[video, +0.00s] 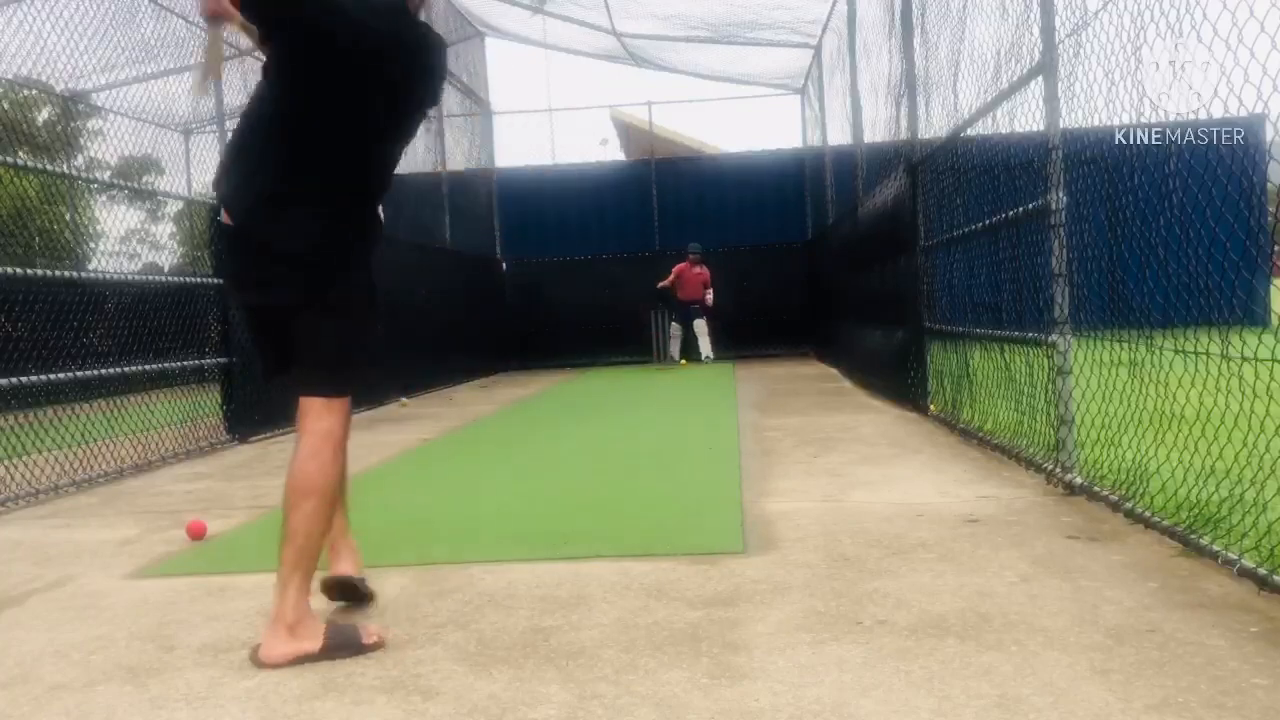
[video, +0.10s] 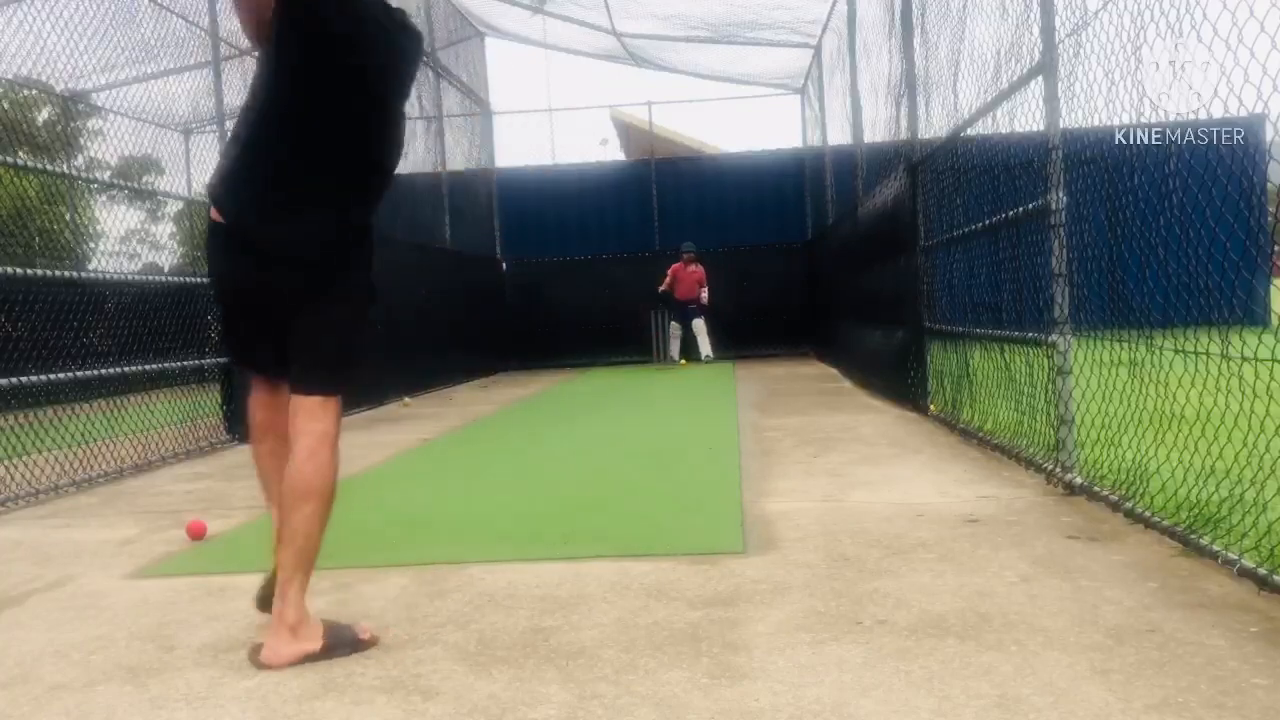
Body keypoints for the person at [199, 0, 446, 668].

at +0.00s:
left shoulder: (302, 12)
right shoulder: (427, 48)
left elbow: (218, 4)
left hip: (246, 217)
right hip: (339, 230)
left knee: (322, 393)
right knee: (322, 416)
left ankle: (342, 552)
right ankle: (289, 623)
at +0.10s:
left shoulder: (289, 17)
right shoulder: (403, 34)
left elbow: (248, 12)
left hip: (246, 219)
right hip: (335, 232)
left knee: (266, 402)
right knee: (314, 421)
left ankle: (286, 559)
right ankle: (290, 625)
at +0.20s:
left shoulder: (302, 12)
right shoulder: (386, 27)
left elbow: (241, 2)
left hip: (229, 217)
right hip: (325, 228)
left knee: (208, 362)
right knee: (298, 417)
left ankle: (241, 539)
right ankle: (288, 627)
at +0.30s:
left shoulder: (317, 8)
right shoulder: (381, 29)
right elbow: (261, 7)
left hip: (210, 219)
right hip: (302, 239)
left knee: (157, 359)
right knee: (282, 419)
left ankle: (197, 544)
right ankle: (283, 630)